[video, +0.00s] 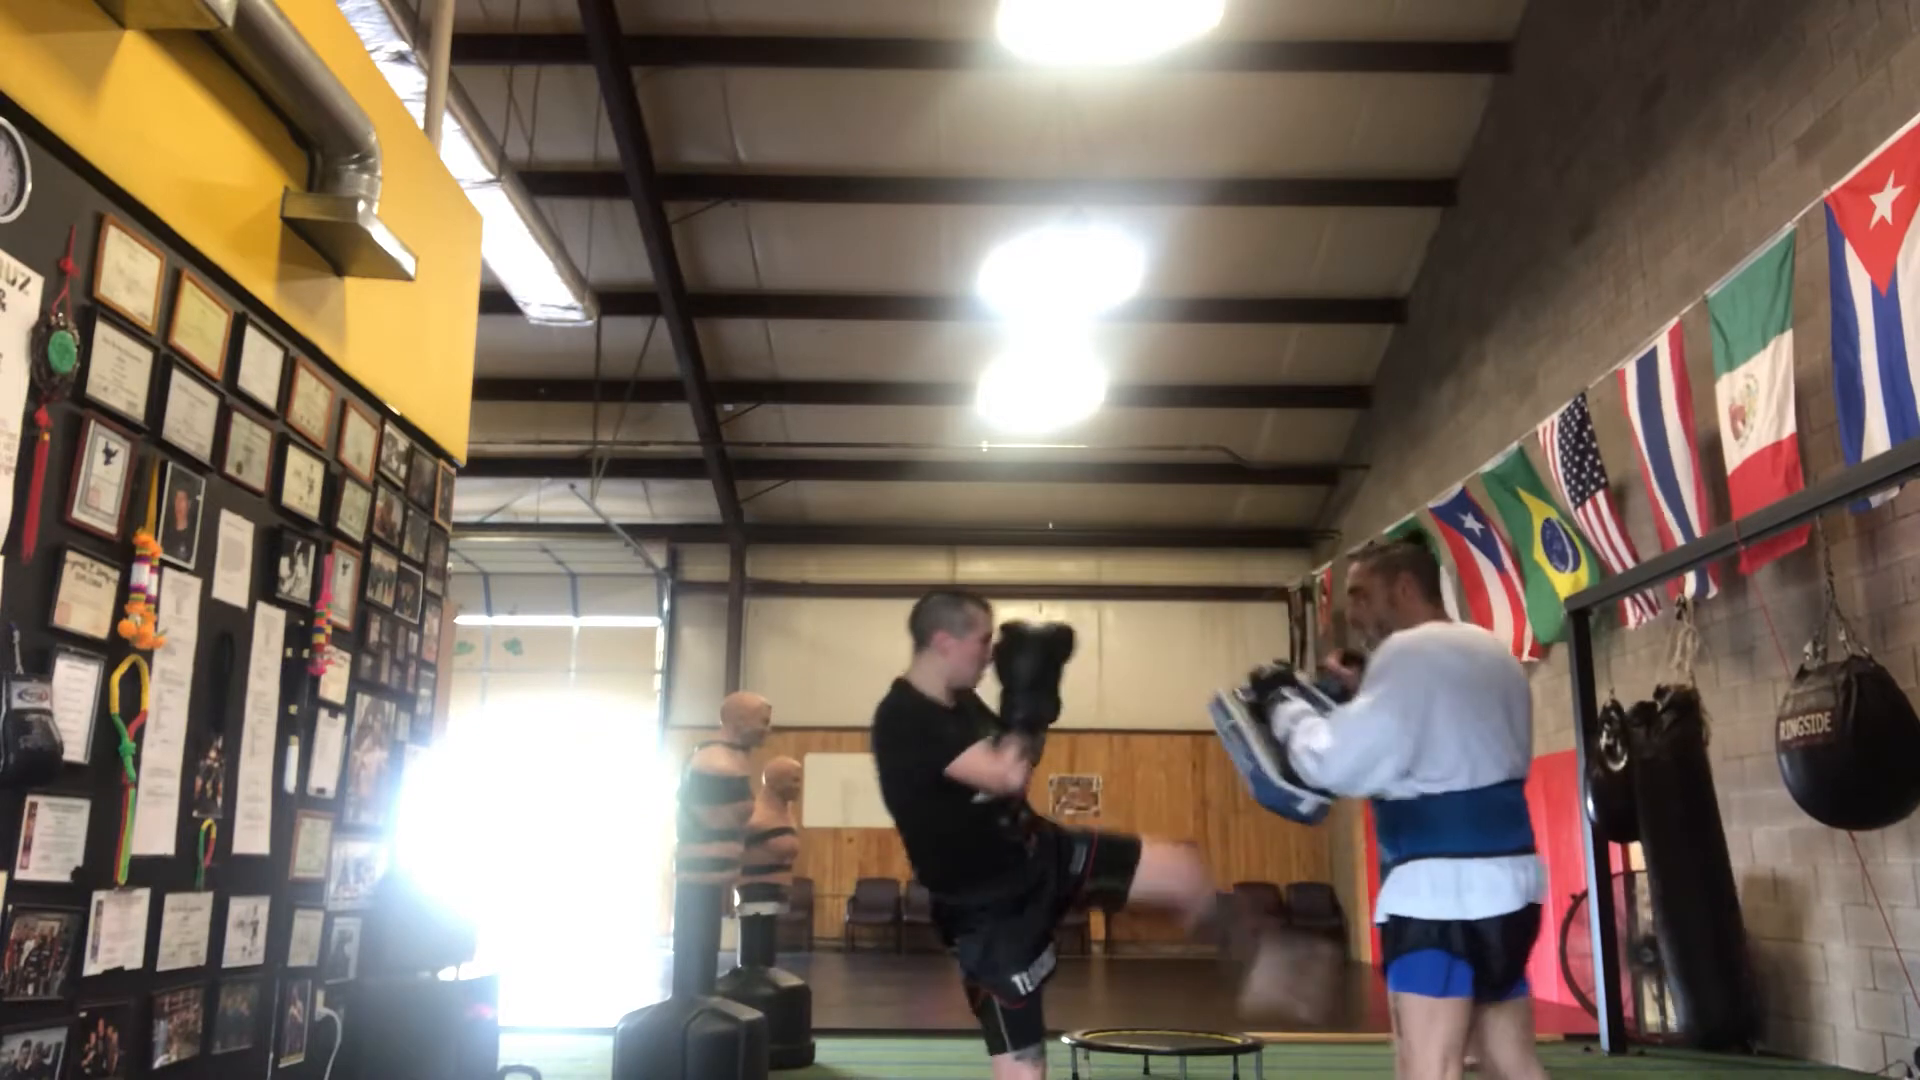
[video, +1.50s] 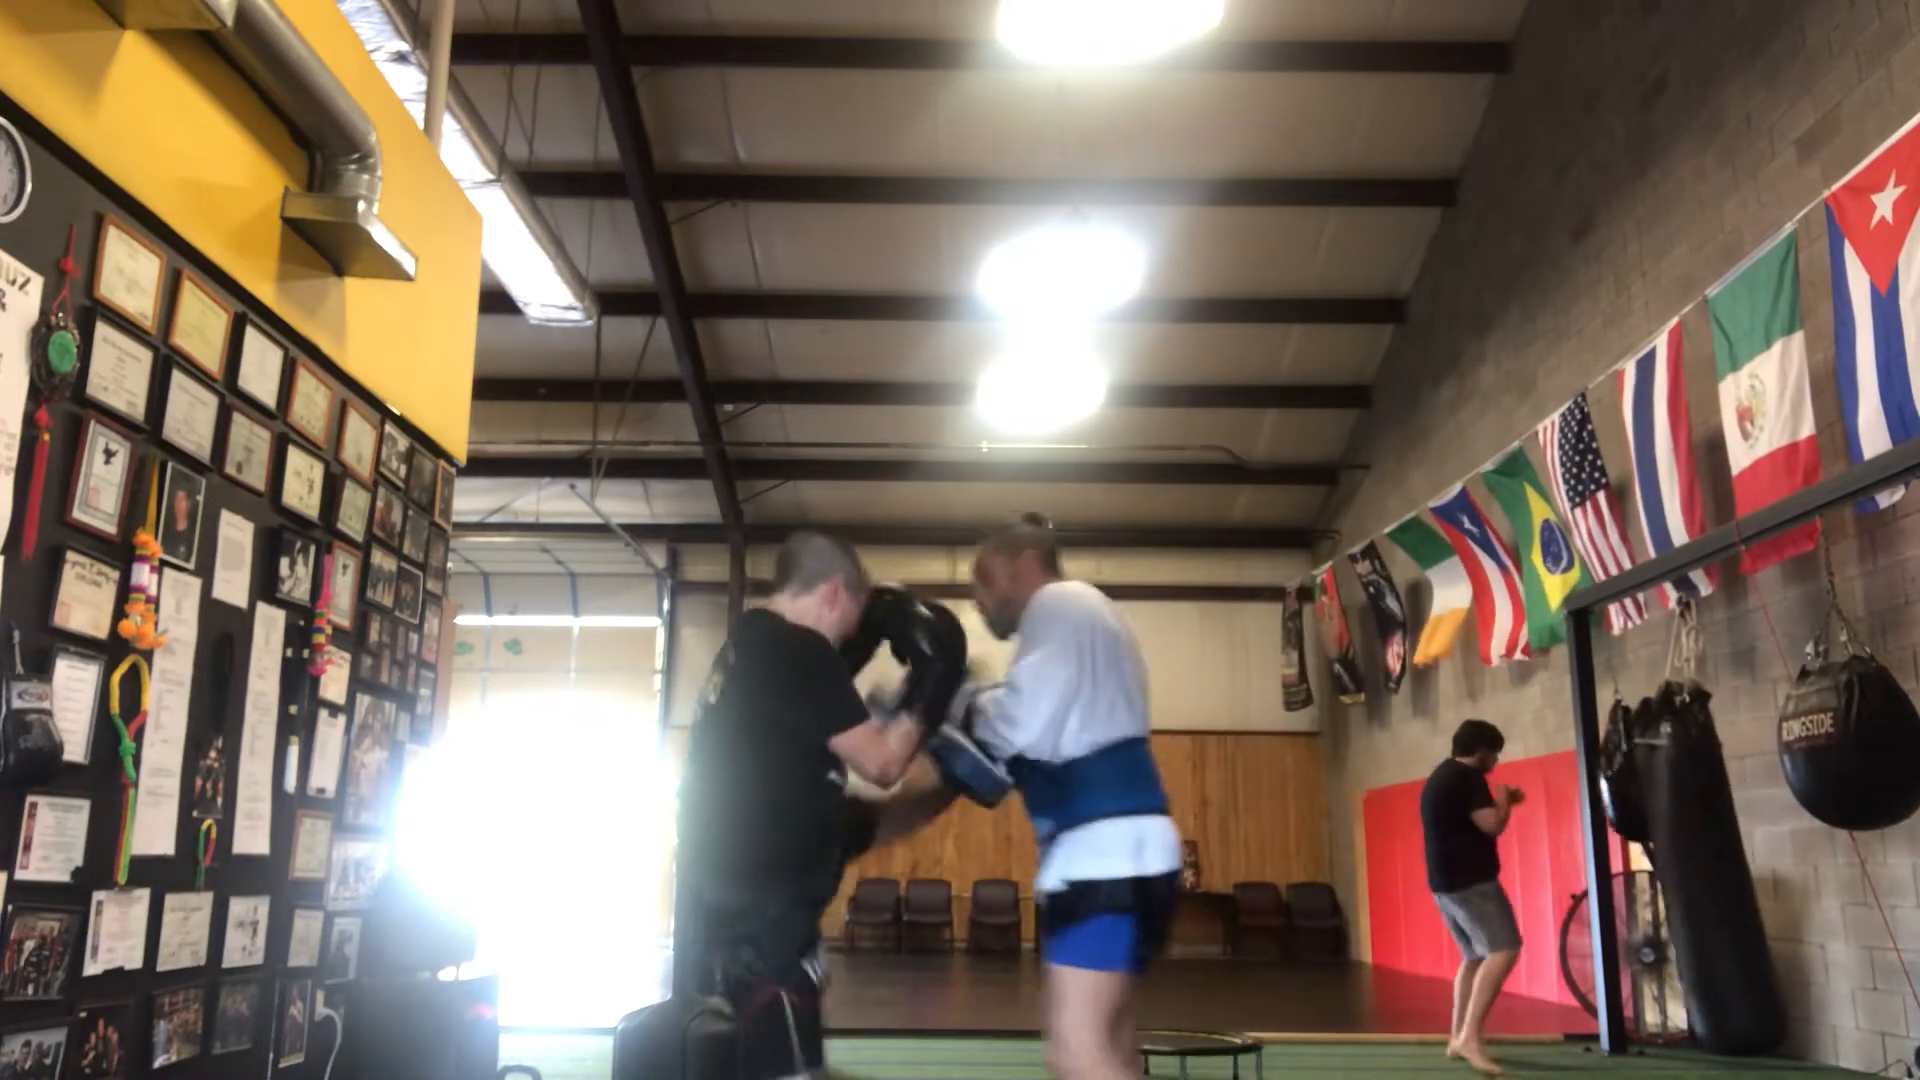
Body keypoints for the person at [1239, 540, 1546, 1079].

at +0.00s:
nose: (1352, 616)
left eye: (1360, 597)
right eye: (1350, 602)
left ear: (1402, 588)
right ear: (1412, 591)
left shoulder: (1407, 656)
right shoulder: (1496, 653)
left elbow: (1333, 763)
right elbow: (1448, 742)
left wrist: (1283, 701)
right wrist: (1361, 692)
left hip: (1440, 897)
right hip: (1513, 886)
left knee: (1428, 1067)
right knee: (1510, 1060)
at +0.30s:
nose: (1367, 634)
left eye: (1370, 614)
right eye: (1362, 620)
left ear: (1409, 600)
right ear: (1419, 603)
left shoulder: (1420, 663)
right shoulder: (1527, 662)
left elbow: (1392, 794)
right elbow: (1544, 769)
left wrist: (1328, 759)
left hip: (1468, 901)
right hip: (1550, 893)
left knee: (1436, 1069)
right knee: (1552, 1065)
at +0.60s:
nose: (1325, 650)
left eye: (1329, 630)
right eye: (1322, 634)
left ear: (1369, 613)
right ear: (1381, 615)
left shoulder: (1388, 675)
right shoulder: (1480, 668)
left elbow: (1356, 800)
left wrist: (1286, 759)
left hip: (1446, 899)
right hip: (1526, 894)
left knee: (1352, 1054)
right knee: (1520, 1063)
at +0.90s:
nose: (1219, 628)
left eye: (1225, 607)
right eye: (1216, 611)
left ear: (1267, 592)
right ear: (1274, 595)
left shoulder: (1286, 656)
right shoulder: (1369, 654)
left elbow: (1253, 791)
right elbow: (1326, 765)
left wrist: (1173, 754)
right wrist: (1228, 745)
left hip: (1331, 905)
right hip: (1396, 895)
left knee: (1286, 1068)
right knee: (1378, 1058)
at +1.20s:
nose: (1097, 633)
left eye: (1101, 613)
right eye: (1095, 617)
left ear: (1141, 597)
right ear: (1157, 597)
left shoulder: (1161, 655)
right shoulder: (1241, 652)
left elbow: (1134, 789)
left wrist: (1082, 746)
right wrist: (1111, 727)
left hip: (1230, 900)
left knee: (1254, 1069)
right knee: (1166, 1061)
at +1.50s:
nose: (980, 601)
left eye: (983, 582)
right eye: (977, 587)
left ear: (1023, 564)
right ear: (1035, 567)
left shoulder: (1059, 605)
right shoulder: (1090, 610)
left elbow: (1021, 727)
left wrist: (964, 699)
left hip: (1103, 861)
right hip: (1136, 857)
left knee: (1077, 1051)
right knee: (1111, 1043)